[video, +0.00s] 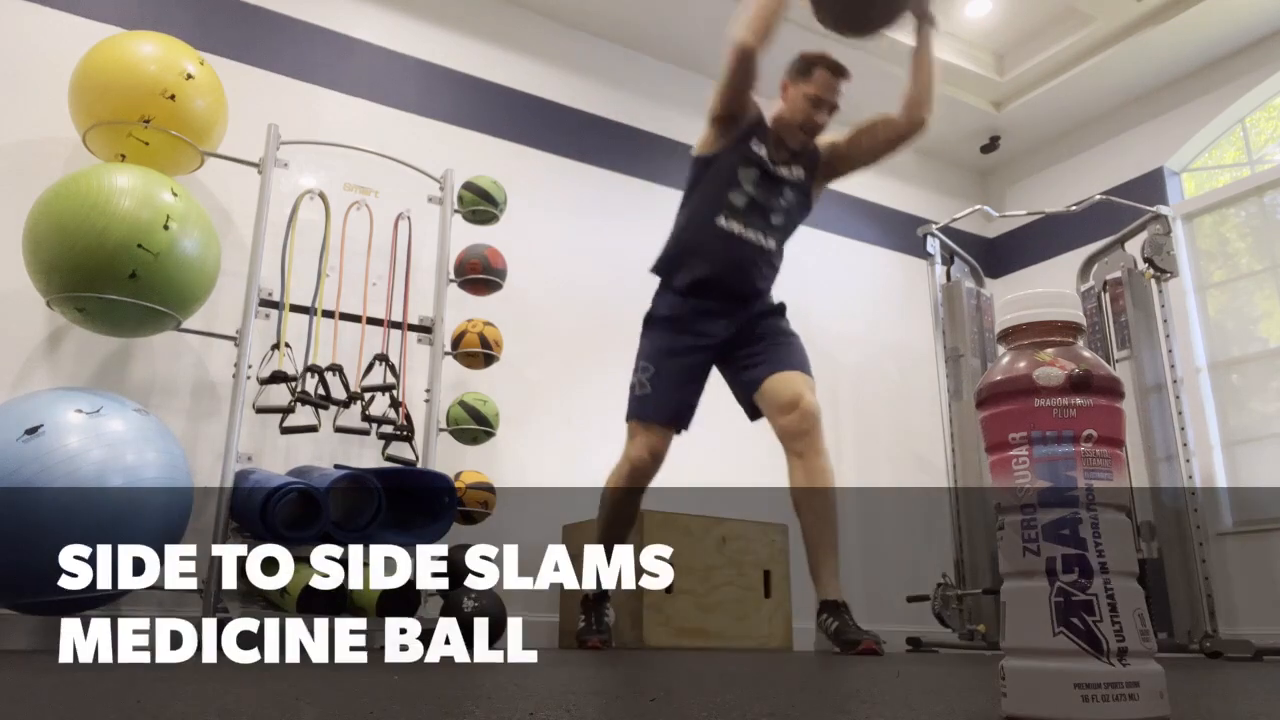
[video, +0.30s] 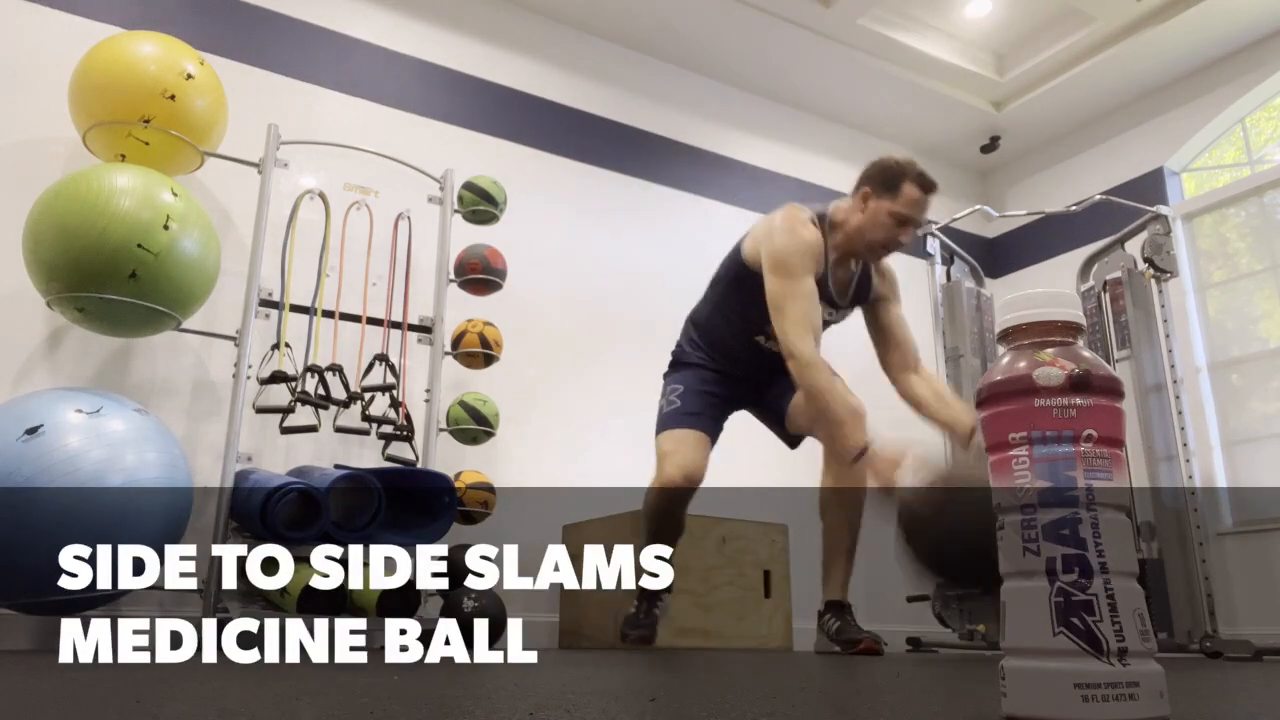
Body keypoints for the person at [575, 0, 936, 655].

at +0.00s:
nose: (821, 117)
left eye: (831, 110)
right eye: (814, 102)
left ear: (833, 113)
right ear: (783, 90)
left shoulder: (816, 166)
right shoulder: (733, 127)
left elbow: (912, 119)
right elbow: (743, 51)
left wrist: (924, 25)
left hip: (753, 318)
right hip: (681, 313)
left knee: (801, 419)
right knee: (641, 459)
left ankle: (832, 606)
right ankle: (597, 591)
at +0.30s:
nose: (904, 239)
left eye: (913, 228)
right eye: (899, 221)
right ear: (863, 200)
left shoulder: (876, 278)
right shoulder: (791, 232)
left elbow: (908, 370)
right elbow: (802, 357)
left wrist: (969, 424)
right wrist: (866, 448)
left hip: (777, 371)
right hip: (706, 363)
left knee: (849, 429)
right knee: (678, 475)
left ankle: (835, 612)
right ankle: (648, 597)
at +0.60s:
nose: (919, 253)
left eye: (927, 243)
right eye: (913, 236)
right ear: (873, 217)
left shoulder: (885, 295)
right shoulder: (803, 252)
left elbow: (894, 401)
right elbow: (796, 388)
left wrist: (938, 490)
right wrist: (856, 492)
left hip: (776, 363)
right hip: (706, 358)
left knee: (845, 417)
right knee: (697, 488)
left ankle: (832, 612)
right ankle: (657, 605)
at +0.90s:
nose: (887, 160)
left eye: (895, 152)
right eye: (877, 145)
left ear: (896, 166)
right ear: (836, 146)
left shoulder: (858, 237)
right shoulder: (778, 199)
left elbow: (870, 345)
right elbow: (774, 318)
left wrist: (931, 396)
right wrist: (862, 376)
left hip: (771, 354)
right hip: (705, 346)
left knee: (839, 411)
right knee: (698, 481)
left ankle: (834, 610)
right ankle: (653, 601)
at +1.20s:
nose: (802, 105)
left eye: (810, 98)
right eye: (791, 92)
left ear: (818, 115)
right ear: (764, 100)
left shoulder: (819, 190)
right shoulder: (729, 159)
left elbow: (890, 228)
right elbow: (775, 108)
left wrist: (923, 149)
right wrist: (828, 57)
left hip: (789, 323)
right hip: (713, 324)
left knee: (835, 414)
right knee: (694, 465)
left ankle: (833, 610)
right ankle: (654, 598)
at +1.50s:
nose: (737, 72)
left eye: (750, 62)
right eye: (731, 68)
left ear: (782, 72)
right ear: (728, 84)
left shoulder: (815, 116)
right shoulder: (720, 135)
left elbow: (826, 33)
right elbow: (654, 72)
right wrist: (679, 2)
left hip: (794, 284)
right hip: (723, 292)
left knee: (802, 407)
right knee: (683, 433)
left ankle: (840, 603)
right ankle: (687, 599)